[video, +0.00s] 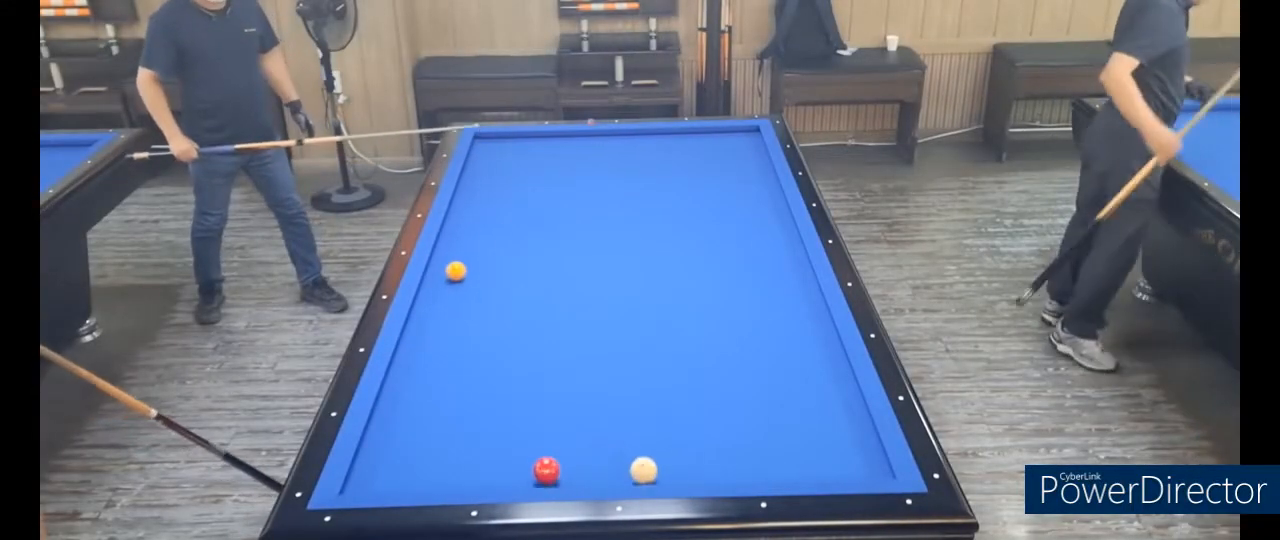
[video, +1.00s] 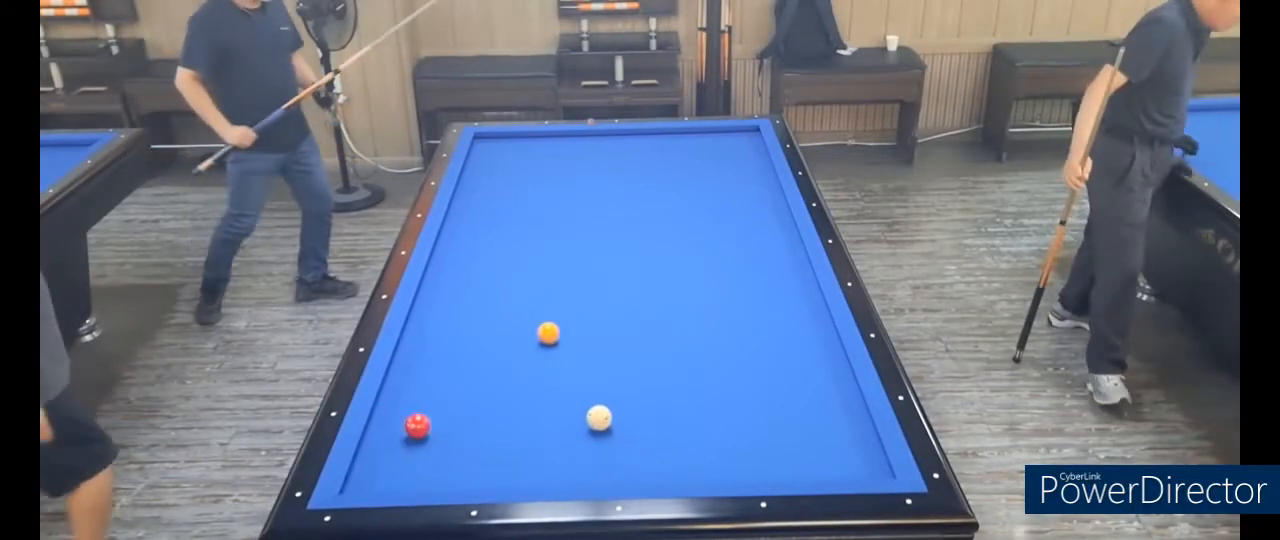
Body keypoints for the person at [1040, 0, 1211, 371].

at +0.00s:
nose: (1205, 0)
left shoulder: (1158, 8)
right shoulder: (1163, 12)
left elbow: (1137, 66)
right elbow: (1114, 74)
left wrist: (1179, 83)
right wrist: (1154, 131)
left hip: (1114, 132)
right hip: (1132, 143)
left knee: (1090, 220)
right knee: (1119, 239)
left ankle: (1060, 299)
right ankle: (1076, 331)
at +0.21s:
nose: (1222, 7)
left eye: (1224, 3)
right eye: (1223, 2)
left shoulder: (1171, 16)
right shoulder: (1159, 17)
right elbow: (1094, 71)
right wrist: (1088, 143)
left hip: (1131, 136)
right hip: (1128, 141)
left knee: (1092, 227)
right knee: (1105, 241)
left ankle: (1059, 304)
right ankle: (1071, 335)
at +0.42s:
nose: (1230, 15)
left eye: (1233, 9)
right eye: (1233, 7)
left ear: (1211, 1)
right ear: (1220, 3)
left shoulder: (1161, 9)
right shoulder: (1167, 19)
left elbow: (1103, 55)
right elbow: (1100, 72)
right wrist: (1068, 139)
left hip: (1113, 139)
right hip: (1118, 146)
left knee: (1092, 233)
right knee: (1101, 244)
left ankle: (1062, 303)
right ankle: (1069, 334)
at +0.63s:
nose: (1228, 17)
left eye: (1232, 11)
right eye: (1231, 9)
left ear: (1212, 1)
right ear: (1217, 1)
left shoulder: (1166, 13)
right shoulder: (1168, 18)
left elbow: (1112, 66)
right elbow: (1108, 66)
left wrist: (1090, 136)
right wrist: (1085, 137)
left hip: (1123, 143)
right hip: (1124, 149)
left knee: (1104, 236)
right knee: (1117, 248)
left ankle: (1071, 308)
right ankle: (1072, 334)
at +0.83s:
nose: (1233, 15)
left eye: (1235, 8)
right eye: (1234, 6)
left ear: (1213, 2)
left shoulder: (1179, 21)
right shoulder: (1165, 19)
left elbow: (1122, 77)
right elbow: (1106, 71)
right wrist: (1084, 139)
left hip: (1136, 148)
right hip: (1125, 151)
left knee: (1102, 237)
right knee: (1130, 254)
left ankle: (1068, 309)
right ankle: (1083, 347)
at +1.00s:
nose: (1237, 15)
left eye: (1238, 8)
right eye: (1236, 6)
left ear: (1217, 4)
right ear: (1215, 1)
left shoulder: (1194, 28)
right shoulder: (1163, 26)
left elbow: (1154, 91)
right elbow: (1099, 87)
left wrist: (1164, 140)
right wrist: (1076, 156)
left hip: (1150, 155)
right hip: (1123, 155)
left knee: (1105, 237)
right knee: (1122, 266)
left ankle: (1071, 306)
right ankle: (1104, 367)